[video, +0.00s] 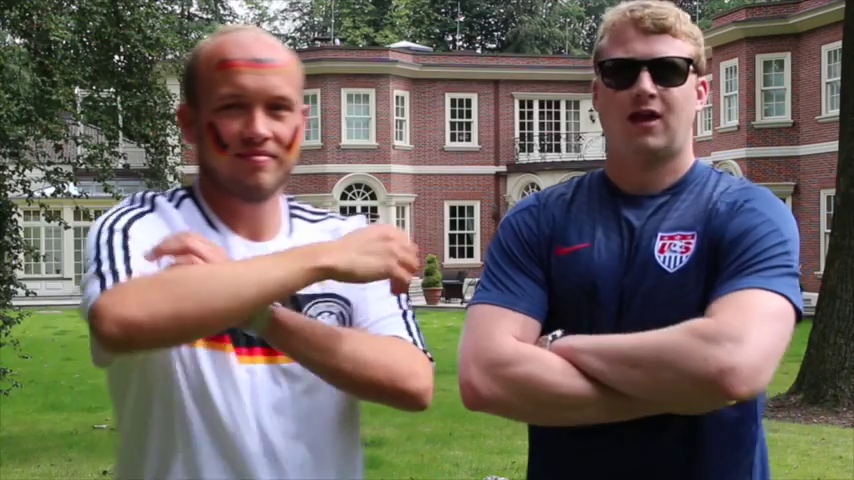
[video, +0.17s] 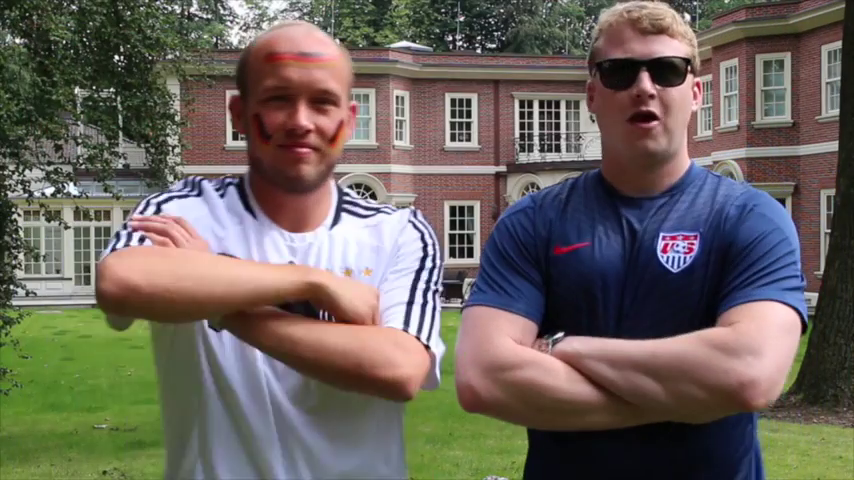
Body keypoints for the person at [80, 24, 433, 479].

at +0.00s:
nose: (258, 130)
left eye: (278, 108)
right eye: (232, 107)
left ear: (302, 125)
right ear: (189, 125)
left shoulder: (349, 240)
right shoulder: (135, 225)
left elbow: (415, 385)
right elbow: (116, 322)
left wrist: (251, 307)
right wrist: (326, 256)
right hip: (174, 471)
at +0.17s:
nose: (301, 122)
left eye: (323, 103)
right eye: (279, 100)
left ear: (349, 121)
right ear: (240, 116)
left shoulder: (400, 235)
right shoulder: (187, 207)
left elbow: (402, 371)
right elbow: (119, 284)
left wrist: (220, 294)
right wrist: (313, 282)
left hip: (361, 473)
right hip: (209, 472)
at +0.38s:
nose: (326, 123)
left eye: (348, 104)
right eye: (305, 100)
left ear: (375, 123)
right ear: (267, 115)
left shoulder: (421, 232)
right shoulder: (213, 207)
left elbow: (391, 372)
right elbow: (162, 298)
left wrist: (223, 308)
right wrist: (349, 326)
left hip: (379, 476)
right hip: (230, 472)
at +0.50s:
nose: (330, 126)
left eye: (352, 107)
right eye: (310, 104)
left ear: (380, 125)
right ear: (274, 119)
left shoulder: (425, 241)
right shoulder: (218, 210)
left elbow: (397, 396)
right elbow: (169, 334)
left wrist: (230, 329)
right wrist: (356, 350)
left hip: (377, 477)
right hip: (231, 474)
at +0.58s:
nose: (333, 125)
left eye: (355, 107)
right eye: (312, 103)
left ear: (382, 128)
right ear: (276, 120)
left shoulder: (425, 252)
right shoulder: (215, 218)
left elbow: (404, 411)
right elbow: (155, 355)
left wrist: (233, 357)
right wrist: (339, 357)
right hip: (229, 475)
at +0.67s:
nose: (332, 124)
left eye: (354, 107)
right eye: (312, 102)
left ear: (379, 129)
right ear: (275, 116)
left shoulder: (421, 253)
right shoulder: (211, 218)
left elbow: (403, 415)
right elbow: (157, 356)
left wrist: (233, 357)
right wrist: (341, 357)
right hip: (227, 474)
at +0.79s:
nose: (326, 122)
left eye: (348, 105)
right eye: (305, 100)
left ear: (373, 127)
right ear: (269, 117)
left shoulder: (415, 253)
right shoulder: (205, 217)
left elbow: (402, 417)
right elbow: (155, 352)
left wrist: (233, 357)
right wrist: (338, 359)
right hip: (223, 474)